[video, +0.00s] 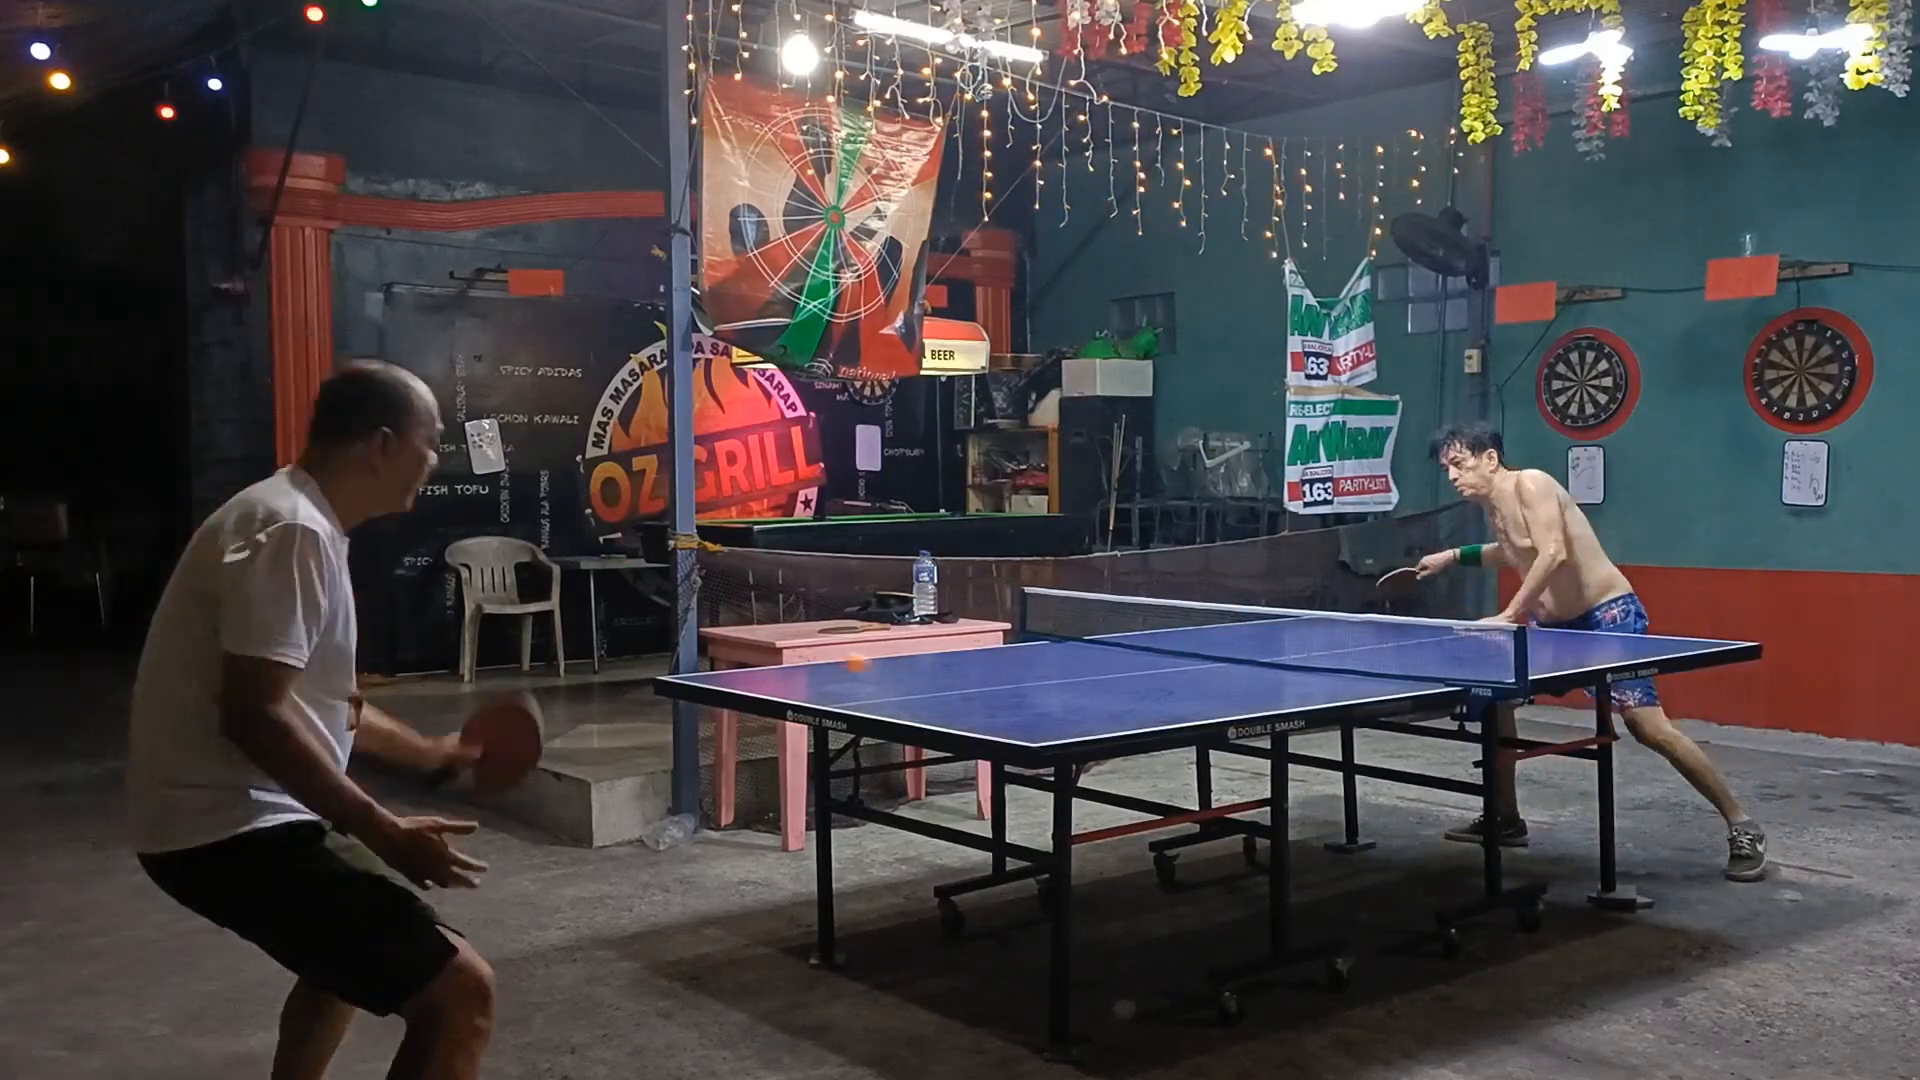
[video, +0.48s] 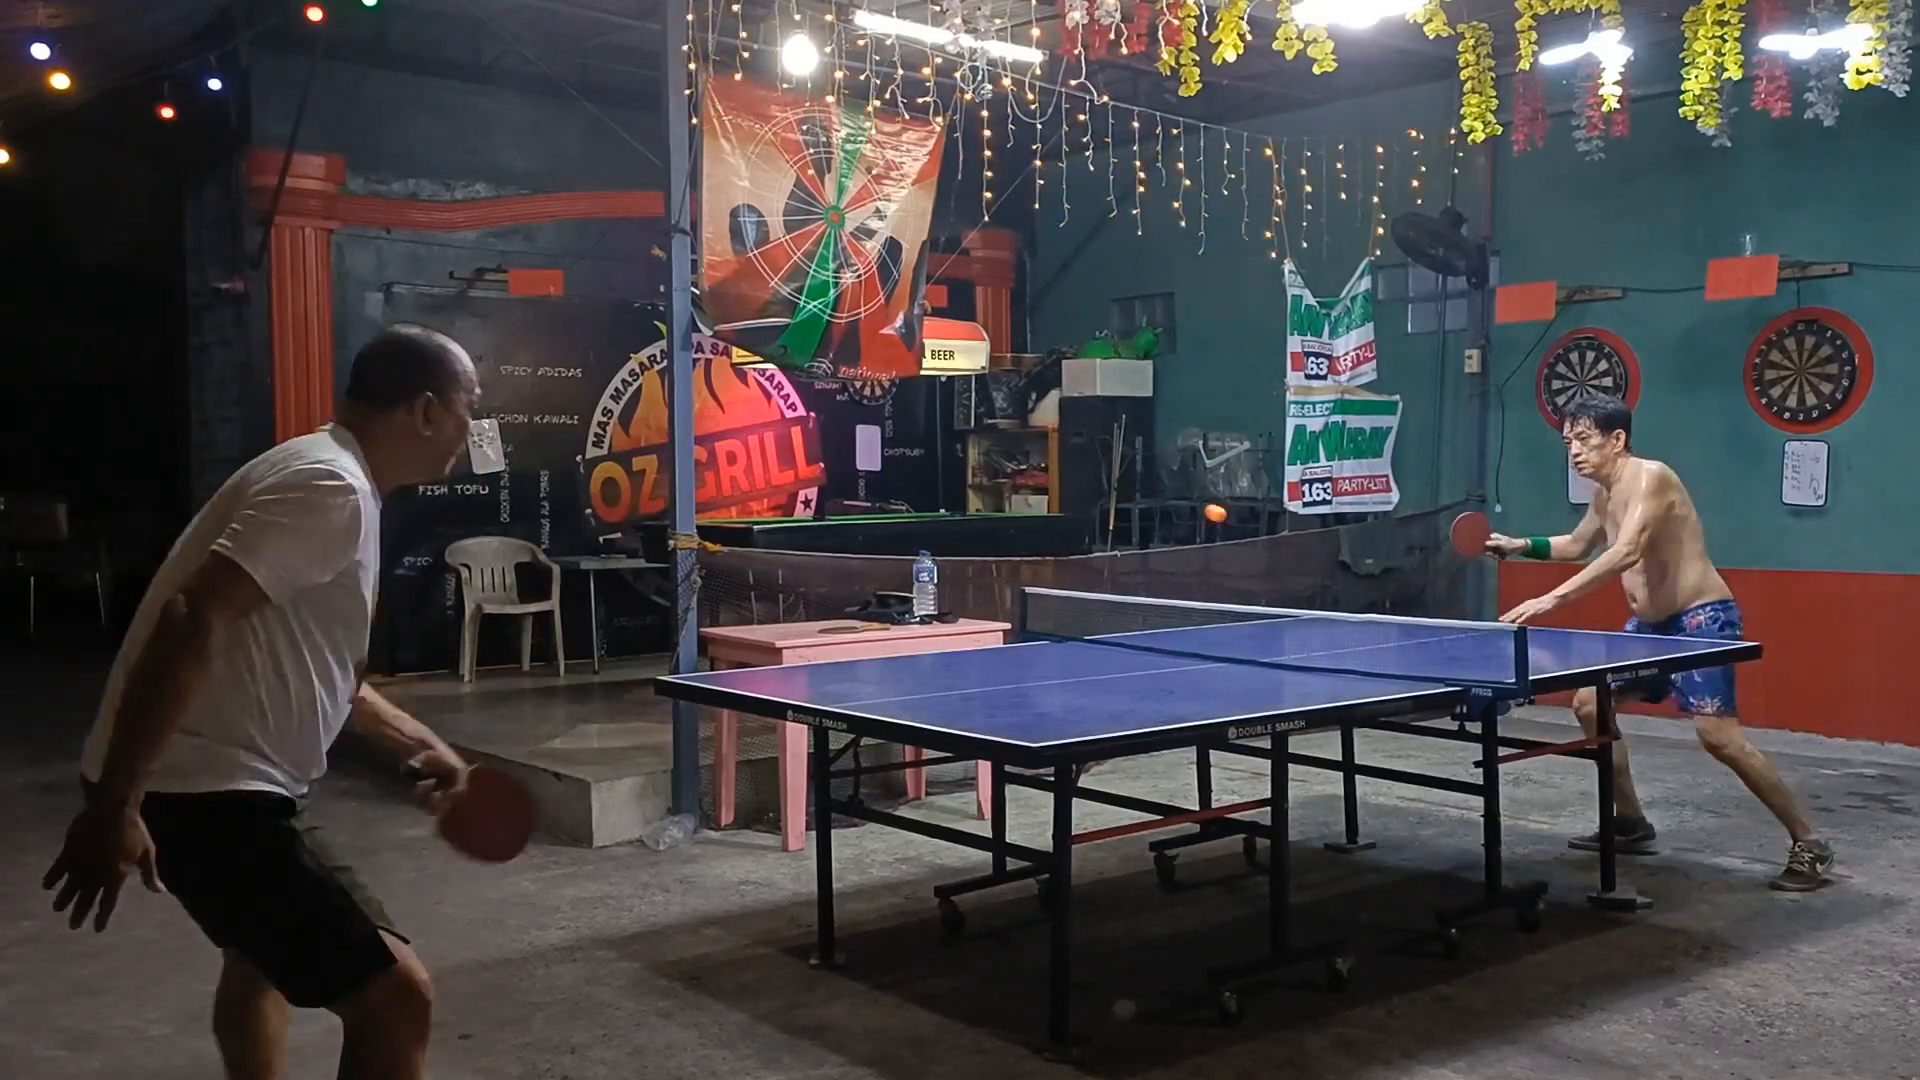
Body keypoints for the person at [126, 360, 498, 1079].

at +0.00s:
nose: (433, 465)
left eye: (435, 447)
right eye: (429, 445)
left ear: (362, 440)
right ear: (380, 443)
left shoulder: (299, 523)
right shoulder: (288, 531)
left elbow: (323, 703)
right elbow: (254, 714)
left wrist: (434, 754)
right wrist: (384, 830)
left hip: (239, 813)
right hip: (222, 826)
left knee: (350, 949)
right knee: (460, 991)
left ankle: (293, 1072)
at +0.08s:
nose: (477, 483)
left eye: (483, 466)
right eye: (477, 462)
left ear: (421, 448)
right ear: (430, 450)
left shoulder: (362, 526)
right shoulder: (315, 513)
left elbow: (356, 682)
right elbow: (237, 683)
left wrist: (477, 678)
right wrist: (364, 808)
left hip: (269, 789)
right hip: (215, 800)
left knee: (346, 963)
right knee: (442, 988)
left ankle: (301, 1072)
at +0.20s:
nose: (502, 476)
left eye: (507, 457)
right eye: (501, 454)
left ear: (449, 444)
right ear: (455, 443)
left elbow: (400, 673)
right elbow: (212, 647)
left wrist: (559, 695)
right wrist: (305, 799)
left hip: (266, 777)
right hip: (204, 777)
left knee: (330, 997)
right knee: (411, 985)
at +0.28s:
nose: (505, 465)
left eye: (509, 447)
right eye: (503, 444)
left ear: (451, 437)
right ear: (458, 437)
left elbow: (408, 669)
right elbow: (191, 623)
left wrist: (547, 717)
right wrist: (223, 801)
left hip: (304, 783)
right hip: (223, 785)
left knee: (327, 1002)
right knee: (399, 992)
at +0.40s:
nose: (498, 451)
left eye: (500, 432)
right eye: (494, 429)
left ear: (437, 424)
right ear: (447, 425)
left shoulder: (385, 520)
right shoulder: (323, 489)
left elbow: (368, 668)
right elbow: (184, 615)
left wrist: (494, 734)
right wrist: (150, 803)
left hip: (291, 788)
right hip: (230, 790)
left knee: (306, 989)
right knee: (403, 995)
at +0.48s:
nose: (472, 433)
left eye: (474, 413)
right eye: (467, 410)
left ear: (409, 409)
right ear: (423, 410)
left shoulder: (330, 481)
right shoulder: (329, 486)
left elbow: (320, 672)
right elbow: (190, 615)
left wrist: (426, 747)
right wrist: (113, 802)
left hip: (222, 783)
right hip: (212, 791)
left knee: (258, 962)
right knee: (395, 999)